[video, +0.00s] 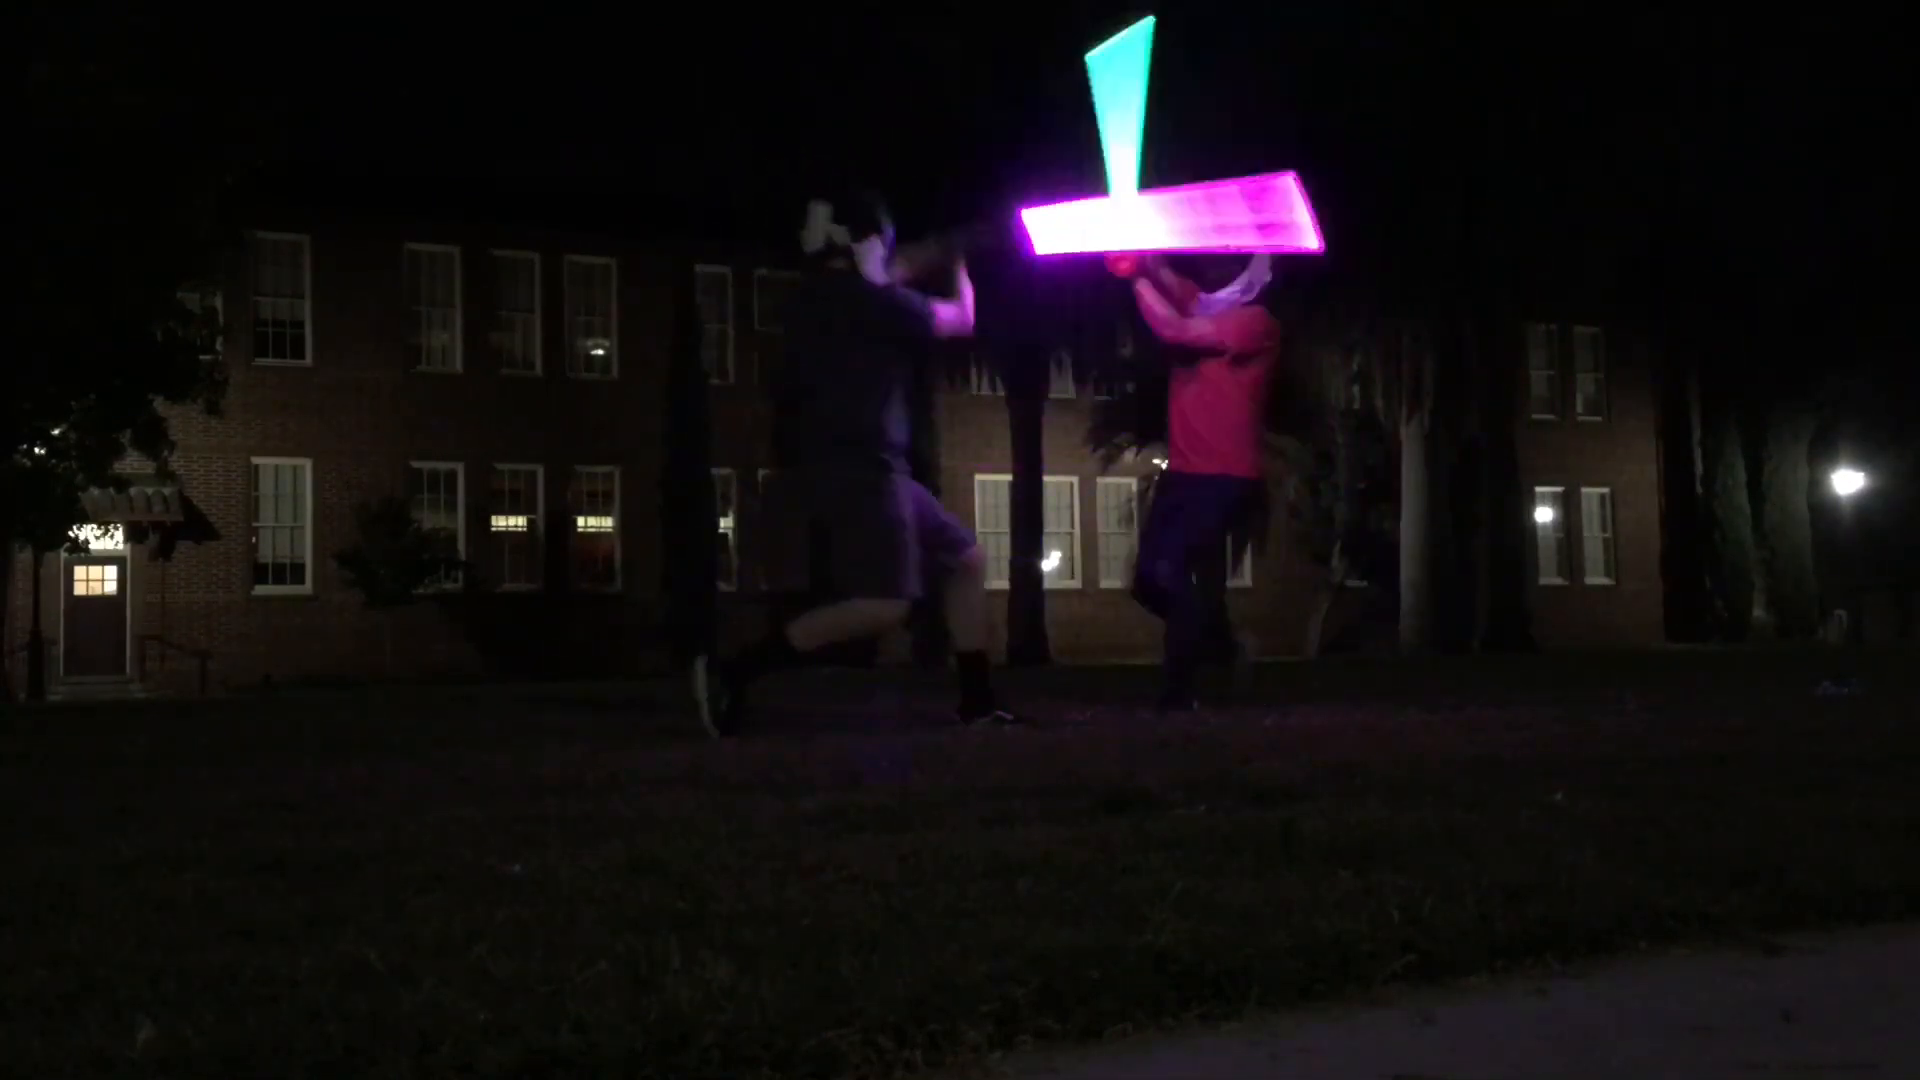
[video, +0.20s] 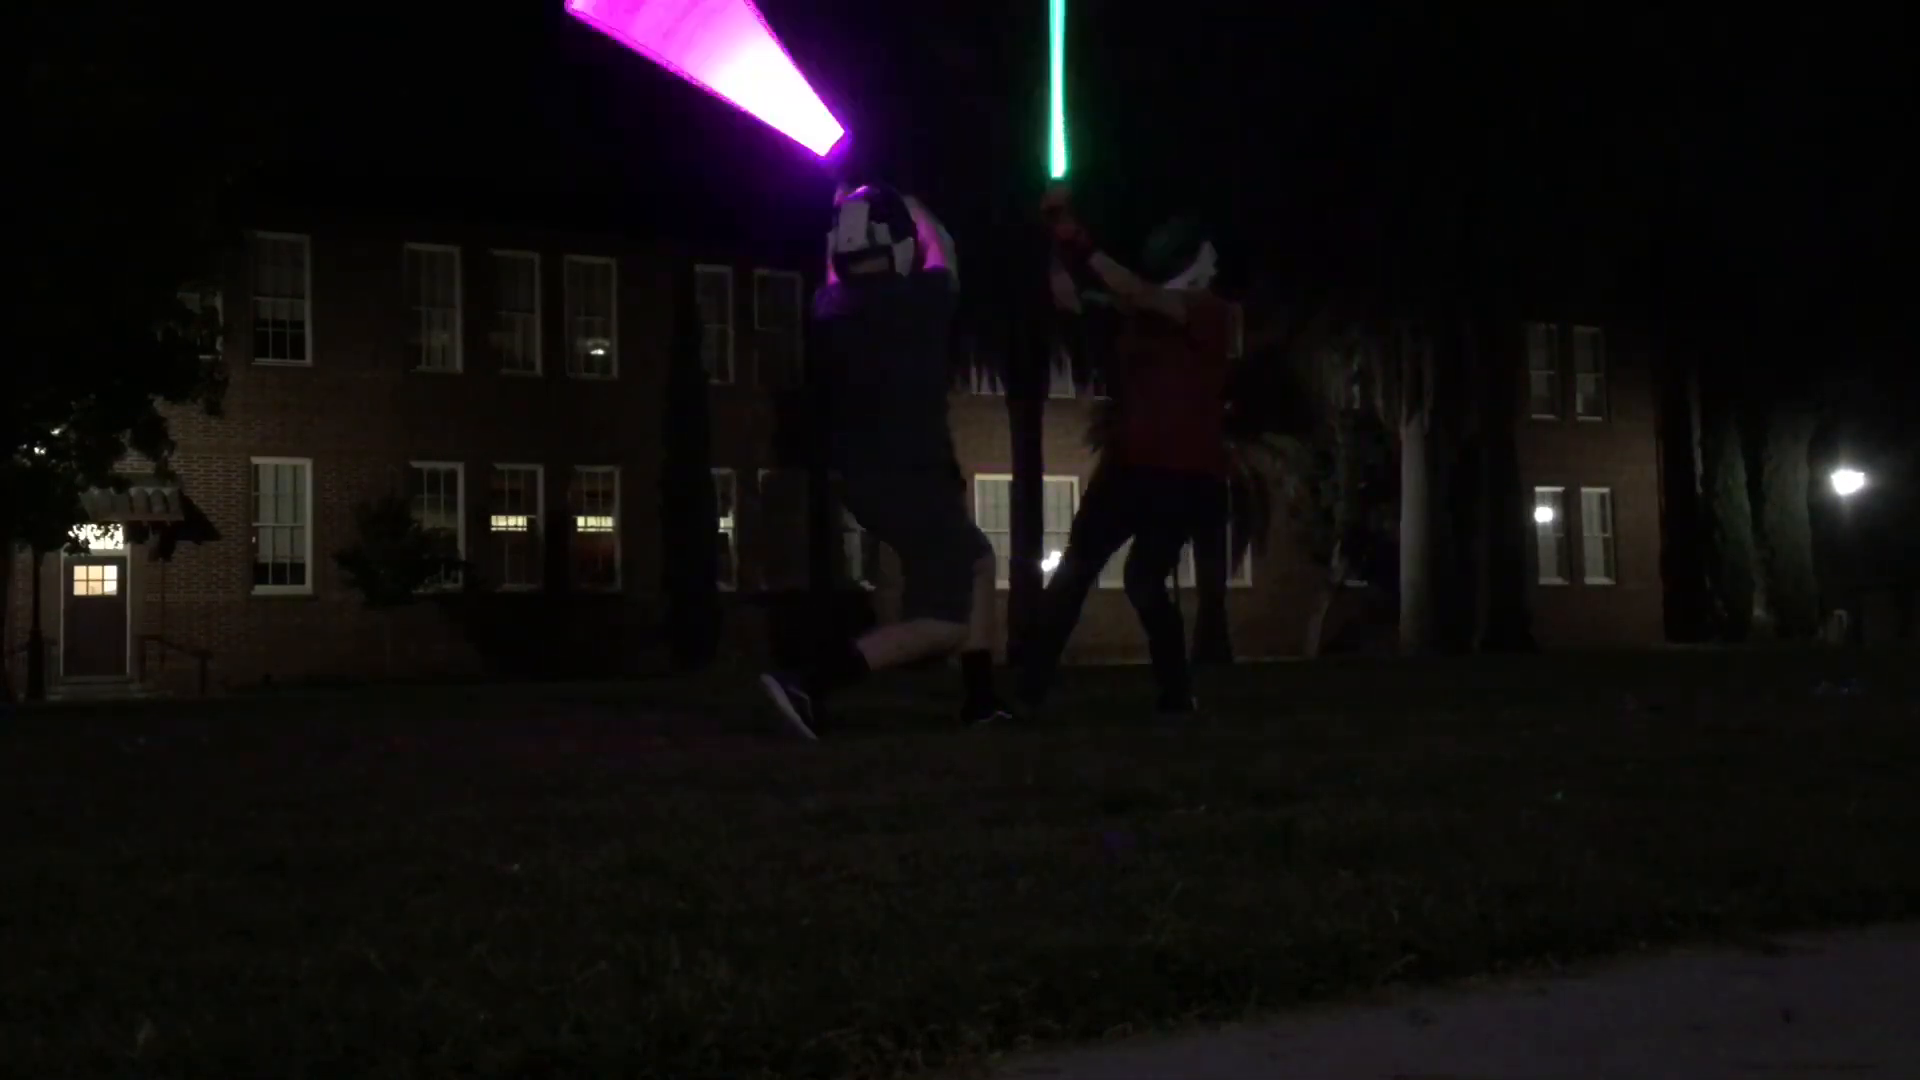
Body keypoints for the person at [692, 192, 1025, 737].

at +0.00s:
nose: (888, 254)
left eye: (886, 244)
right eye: (884, 244)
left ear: (835, 245)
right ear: (866, 245)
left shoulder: (820, 296)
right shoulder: (866, 299)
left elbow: (883, 281)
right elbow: (961, 317)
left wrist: (925, 258)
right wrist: (957, 261)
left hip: (860, 470)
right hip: (870, 473)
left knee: (963, 557)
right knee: (886, 599)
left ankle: (976, 698)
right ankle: (735, 672)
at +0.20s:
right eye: (904, 241)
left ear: (841, 259)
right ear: (903, 252)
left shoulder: (829, 311)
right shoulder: (921, 304)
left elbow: (836, 266)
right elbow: (936, 248)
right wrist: (899, 202)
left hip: (859, 475)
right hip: (913, 472)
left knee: (978, 559)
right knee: (946, 624)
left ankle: (981, 693)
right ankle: (812, 680)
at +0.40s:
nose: (883, 246)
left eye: (877, 238)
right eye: (873, 238)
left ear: (829, 245)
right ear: (850, 241)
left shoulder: (851, 301)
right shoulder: (850, 297)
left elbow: (904, 312)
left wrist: (936, 258)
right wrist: (918, 245)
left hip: (888, 470)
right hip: (896, 472)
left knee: (987, 555)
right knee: (942, 613)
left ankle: (983, 698)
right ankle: (798, 688)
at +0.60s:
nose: (857, 227)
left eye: (849, 219)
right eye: (846, 219)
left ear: (815, 227)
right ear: (826, 223)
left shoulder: (854, 286)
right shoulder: (825, 272)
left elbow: (921, 268)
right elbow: (917, 207)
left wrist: (971, 219)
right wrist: (946, 198)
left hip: (913, 457)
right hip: (879, 460)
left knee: (982, 558)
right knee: (923, 595)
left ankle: (984, 702)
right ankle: (788, 693)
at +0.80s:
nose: (850, 203)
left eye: (843, 193)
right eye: (840, 194)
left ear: (795, 202)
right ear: (812, 195)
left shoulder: (838, 268)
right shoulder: (808, 249)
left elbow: (907, 256)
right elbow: (893, 189)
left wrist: (939, 191)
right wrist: (922, 157)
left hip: (895, 442)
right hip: (864, 442)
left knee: (960, 539)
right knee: (907, 585)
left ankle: (944, 691)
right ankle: (776, 698)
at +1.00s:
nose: (858, 181)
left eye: (859, 171)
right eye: (852, 170)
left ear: (796, 176)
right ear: (831, 174)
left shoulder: (819, 230)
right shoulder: (829, 226)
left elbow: (884, 206)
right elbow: (925, 176)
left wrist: (890, 167)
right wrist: (930, 140)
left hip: (874, 416)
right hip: (863, 419)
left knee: (924, 562)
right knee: (920, 568)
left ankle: (909, 706)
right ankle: (787, 681)